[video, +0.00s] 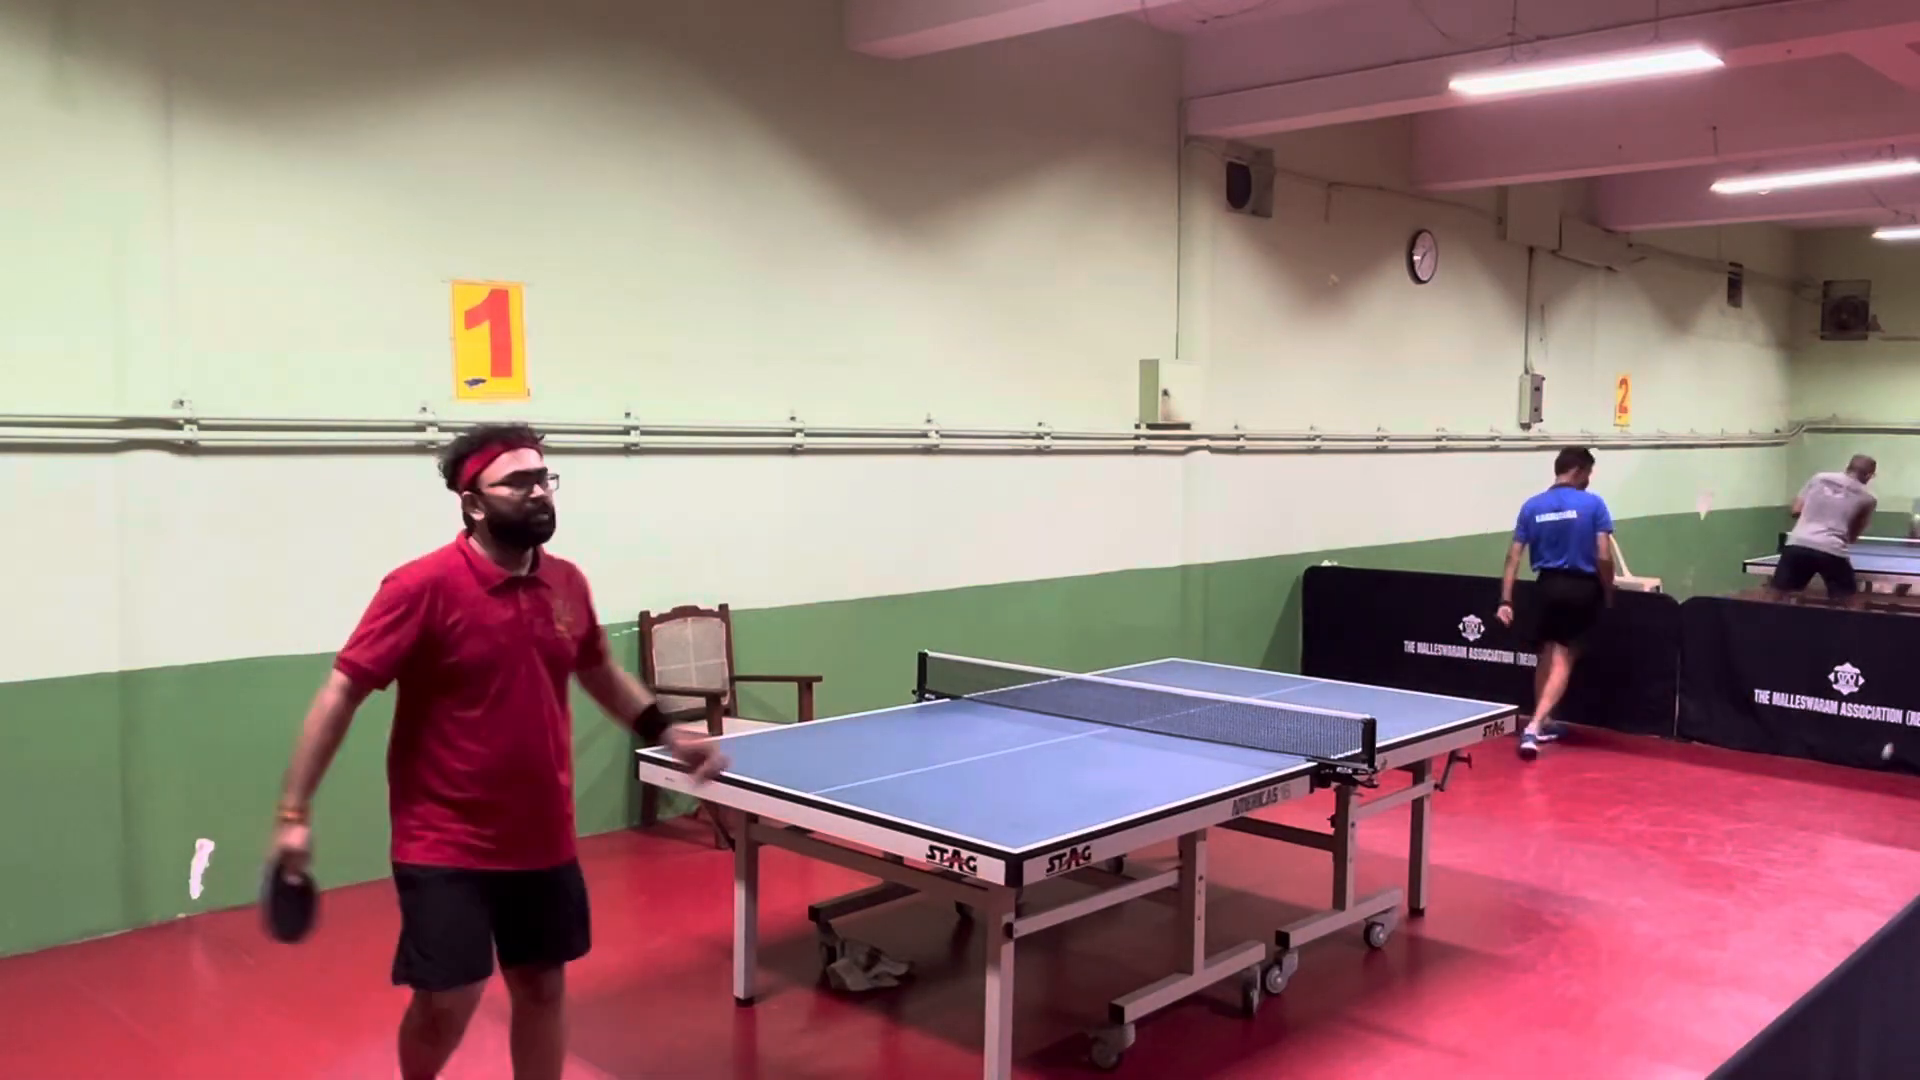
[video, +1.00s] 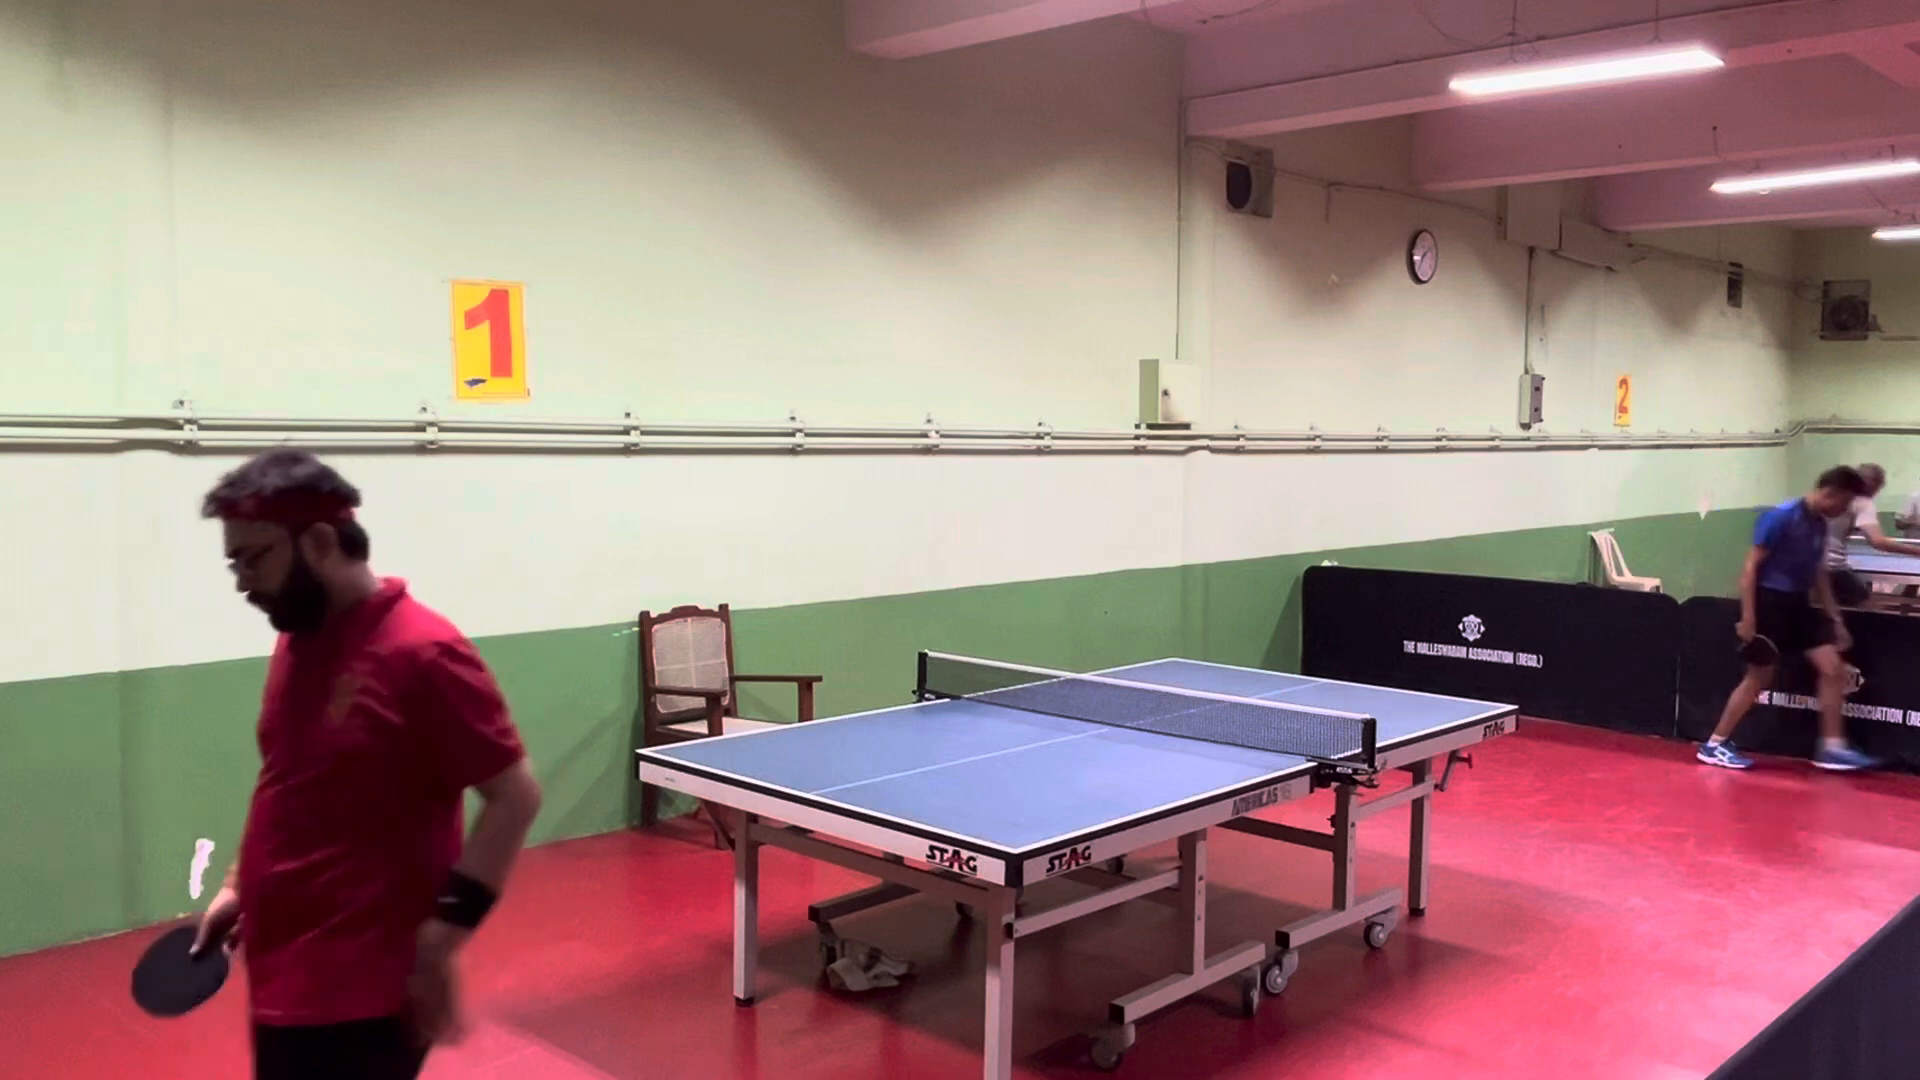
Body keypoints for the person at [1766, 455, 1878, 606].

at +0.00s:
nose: (1871, 477)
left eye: (1872, 474)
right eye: (1872, 474)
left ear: (1848, 467)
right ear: (1868, 475)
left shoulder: (1819, 478)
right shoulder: (1867, 499)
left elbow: (1796, 509)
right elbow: (1853, 535)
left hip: (1797, 549)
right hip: (1832, 555)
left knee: (1775, 599)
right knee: (1847, 608)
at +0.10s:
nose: (1872, 477)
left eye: (1872, 474)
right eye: (1872, 474)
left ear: (1848, 468)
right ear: (1869, 475)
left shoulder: (1820, 480)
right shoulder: (1868, 497)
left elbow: (1799, 511)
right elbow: (1864, 539)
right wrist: (1845, 544)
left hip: (1798, 548)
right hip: (1832, 554)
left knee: (1775, 598)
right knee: (1852, 606)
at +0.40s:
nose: (1850, 477)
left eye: (1850, 473)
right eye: (1849, 473)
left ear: (1827, 469)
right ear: (1846, 473)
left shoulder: (1800, 484)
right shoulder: (1847, 496)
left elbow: (1786, 519)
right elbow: (1856, 537)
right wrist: (1861, 551)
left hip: (1783, 556)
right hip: (1816, 561)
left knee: (1763, 604)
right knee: (1838, 607)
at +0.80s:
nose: (1842, 479)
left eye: (1843, 475)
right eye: (1843, 475)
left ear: (1819, 469)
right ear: (1839, 474)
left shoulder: (1794, 483)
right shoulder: (1836, 493)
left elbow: (1767, 516)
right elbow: (1845, 539)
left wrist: (1783, 526)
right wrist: (1872, 555)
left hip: (1777, 553)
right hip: (1809, 556)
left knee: (1758, 602)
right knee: (1839, 603)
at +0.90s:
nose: (1856, 484)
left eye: (1857, 480)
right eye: (1856, 480)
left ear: (1833, 474)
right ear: (1851, 478)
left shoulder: (1810, 489)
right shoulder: (1843, 498)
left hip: (1789, 557)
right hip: (1817, 560)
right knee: (1854, 608)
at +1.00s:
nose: (1879, 490)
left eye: (1880, 486)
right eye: (1879, 486)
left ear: (1857, 478)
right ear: (1873, 483)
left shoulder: (1835, 495)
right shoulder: (1862, 502)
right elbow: (1876, 541)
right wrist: (1915, 550)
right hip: (1833, 566)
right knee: (1862, 595)